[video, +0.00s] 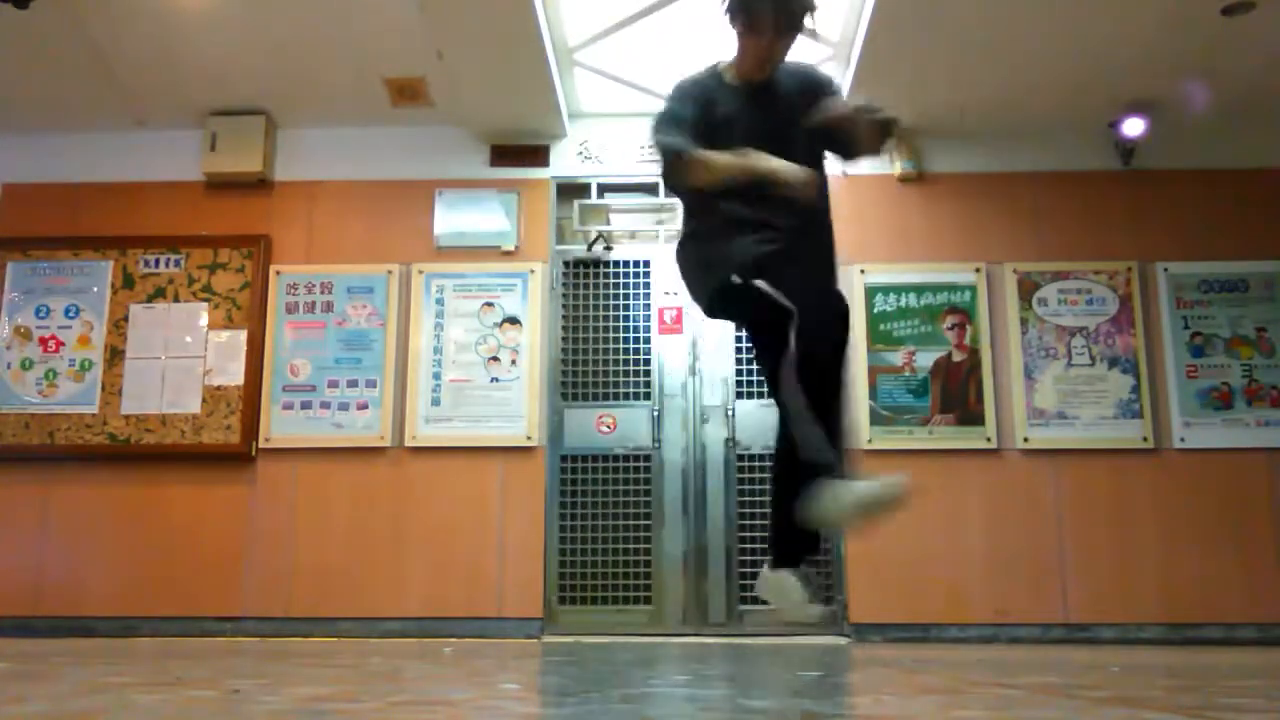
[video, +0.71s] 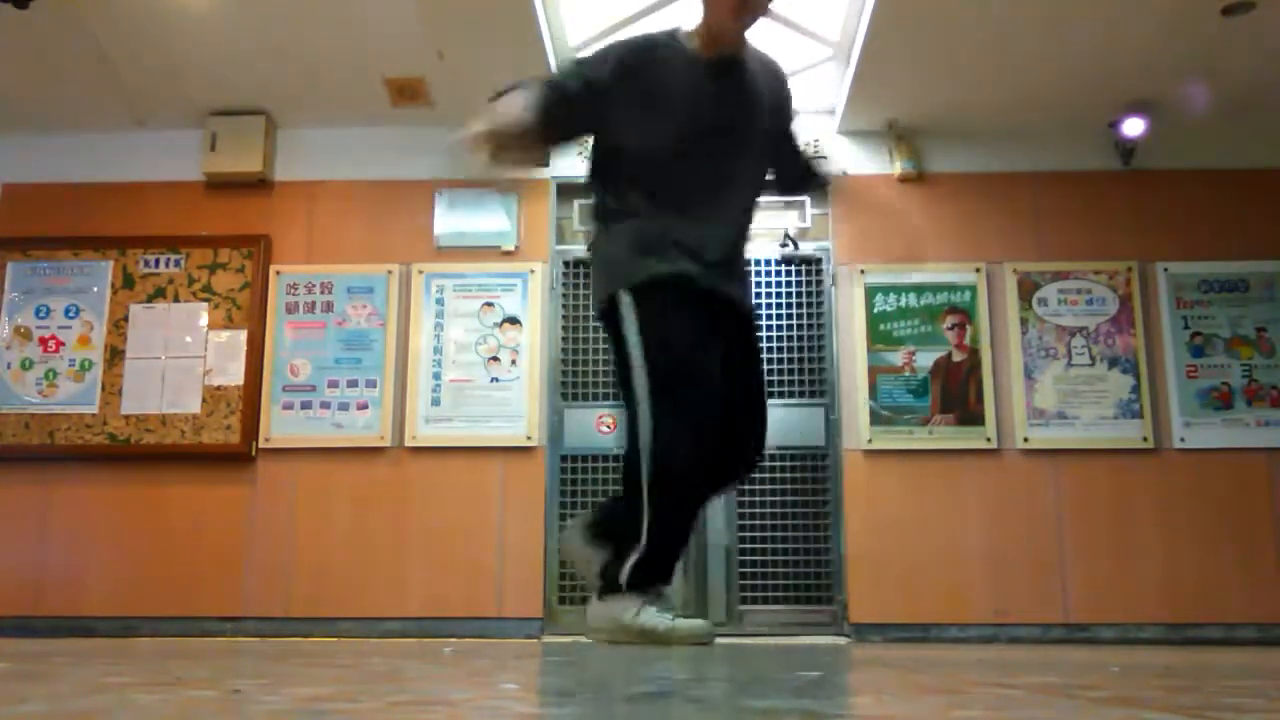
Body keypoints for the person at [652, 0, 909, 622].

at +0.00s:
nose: (768, 48)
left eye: (781, 36)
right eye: (759, 33)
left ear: (794, 34)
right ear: (738, 25)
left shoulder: (806, 88)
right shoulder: (695, 94)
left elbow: (859, 143)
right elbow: (682, 170)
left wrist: (872, 124)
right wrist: (764, 164)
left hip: (803, 258)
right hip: (725, 254)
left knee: (813, 409)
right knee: (800, 312)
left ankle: (784, 565)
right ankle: (821, 480)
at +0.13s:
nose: (792, 51)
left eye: (803, 40)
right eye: (782, 35)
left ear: (812, 45)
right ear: (754, 30)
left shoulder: (808, 122)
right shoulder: (716, 111)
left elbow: (818, 185)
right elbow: (749, 199)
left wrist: (788, 183)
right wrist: (841, 234)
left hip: (789, 286)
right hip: (724, 286)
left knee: (800, 433)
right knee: (813, 390)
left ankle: (798, 600)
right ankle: (938, 494)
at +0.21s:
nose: (803, 92)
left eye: (813, 80)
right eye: (793, 76)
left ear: (820, 85)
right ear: (762, 68)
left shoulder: (807, 162)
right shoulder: (724, 133)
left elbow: (860, 201)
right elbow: (731, 196)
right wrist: (801, 236)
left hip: (783, 332)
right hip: (721, 330)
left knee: (809, 450)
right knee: (830, 393)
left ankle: (791, 612)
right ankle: (940, 525)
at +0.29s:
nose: (805, 92)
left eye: (818, 83)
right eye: (796, 76)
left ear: (827, 94)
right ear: (767, 74)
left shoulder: (819, 171)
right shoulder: (722, 129)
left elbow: (904, 212)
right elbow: (701, 155)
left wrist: (995, 240)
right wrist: (721, 183)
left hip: (780, 334)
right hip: (706, 323)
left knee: (804, 450)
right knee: (813, 374)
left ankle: (790, 611)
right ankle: (888, 534)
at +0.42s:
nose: (805, 34)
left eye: (815, 24)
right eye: (795, 17)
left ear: (821, 33)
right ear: (762, 17)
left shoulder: (812, 124)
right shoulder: (702, 76)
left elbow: (838, 193)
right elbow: (621, 58)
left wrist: (874, 202)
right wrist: (552, 38)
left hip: (764, 281)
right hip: (683, 265)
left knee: (788, 423)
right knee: (763, 356)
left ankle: (766, 554)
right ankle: (765, 544)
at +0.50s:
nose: (797, 15)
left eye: (804, 8)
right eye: (789, 2)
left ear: (804, 18)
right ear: (757, 2)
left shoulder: (792, 96)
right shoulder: (690, 53)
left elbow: (761, 189)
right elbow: (573, 65)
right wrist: (461, 75)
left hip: (754, 265)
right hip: (676, 252)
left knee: (778, 425)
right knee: (731, 383)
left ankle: (677, 555)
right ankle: (668, 561)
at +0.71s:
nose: (749, 15)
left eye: (757, 7)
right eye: (741, 3)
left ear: (760, 12)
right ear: (710, 0)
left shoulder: (764, 82)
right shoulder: (646, 61)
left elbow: (786, 168)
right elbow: (561, 96)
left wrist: (841, 186)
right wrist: (517, 113)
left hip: (717, 275)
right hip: (641, 268)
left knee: (738, 441)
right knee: (674, 428)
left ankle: (599, 536)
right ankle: (629, 595)